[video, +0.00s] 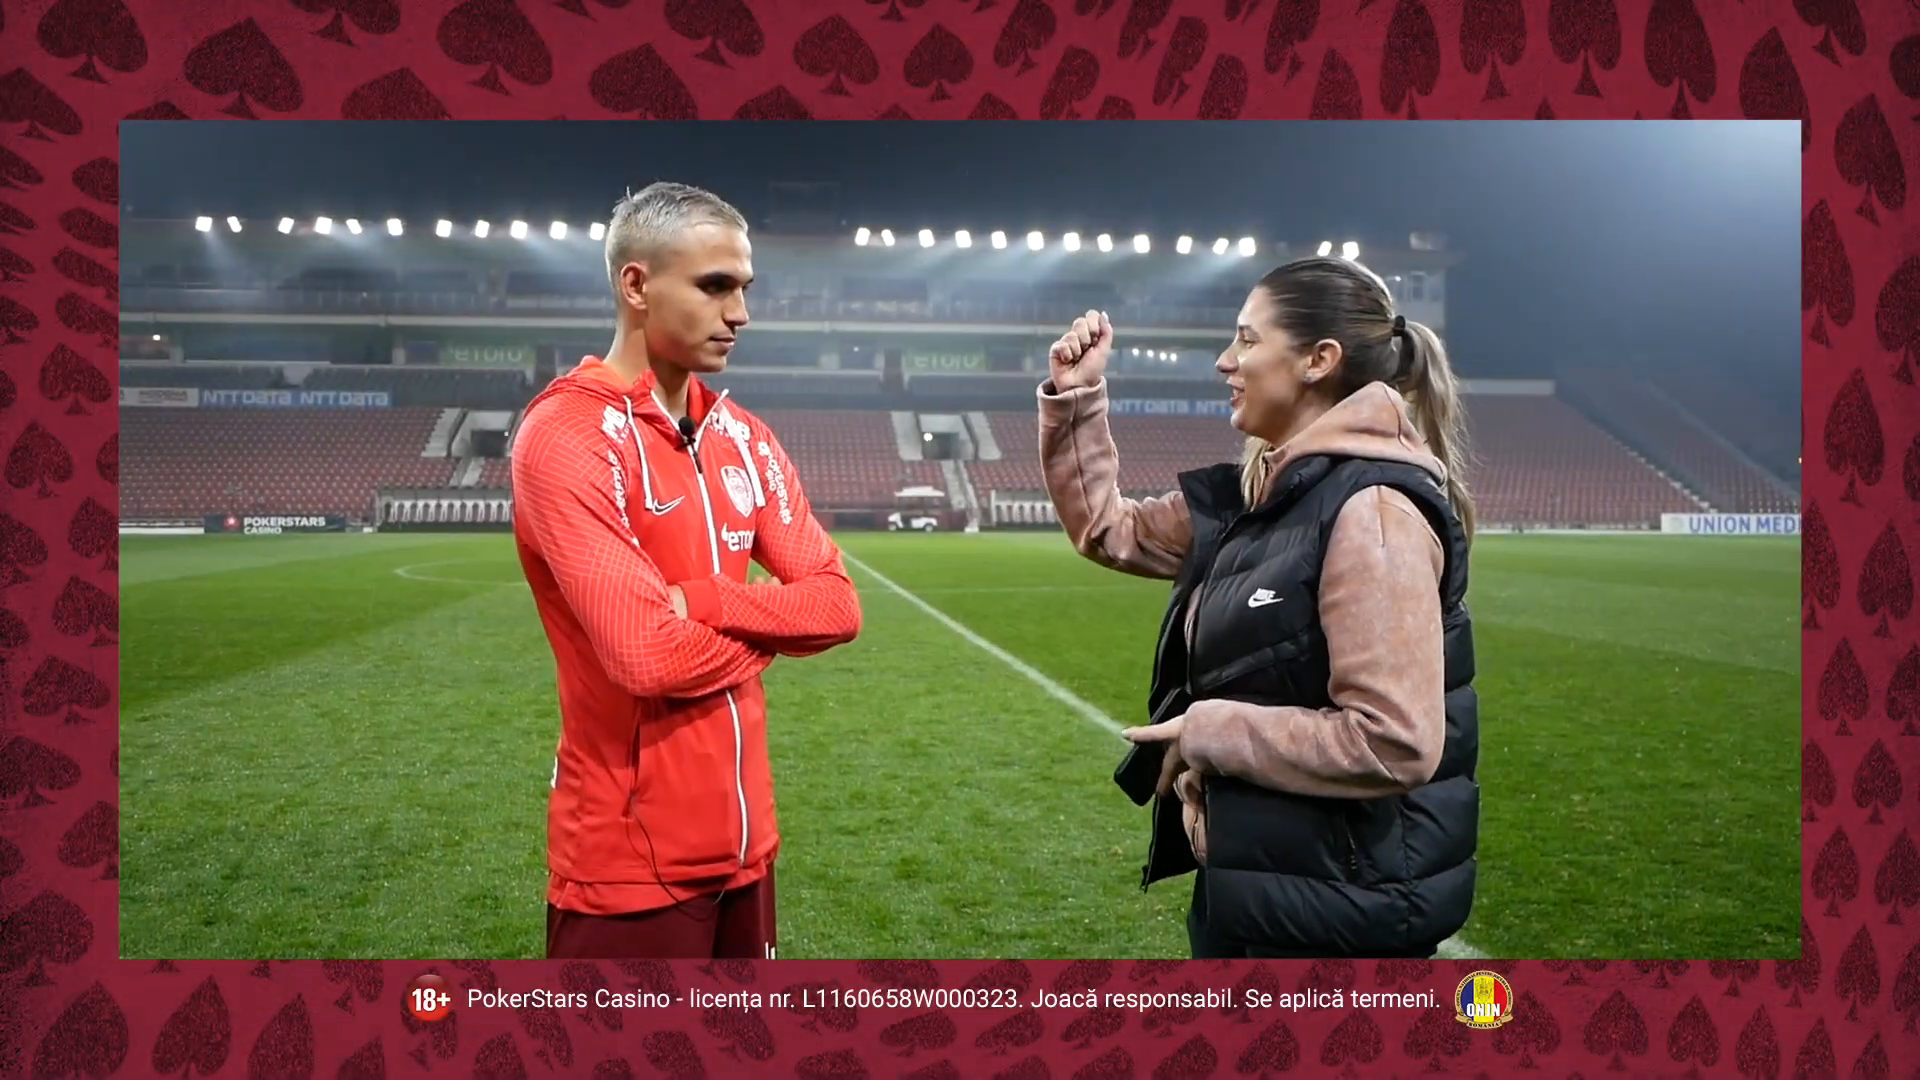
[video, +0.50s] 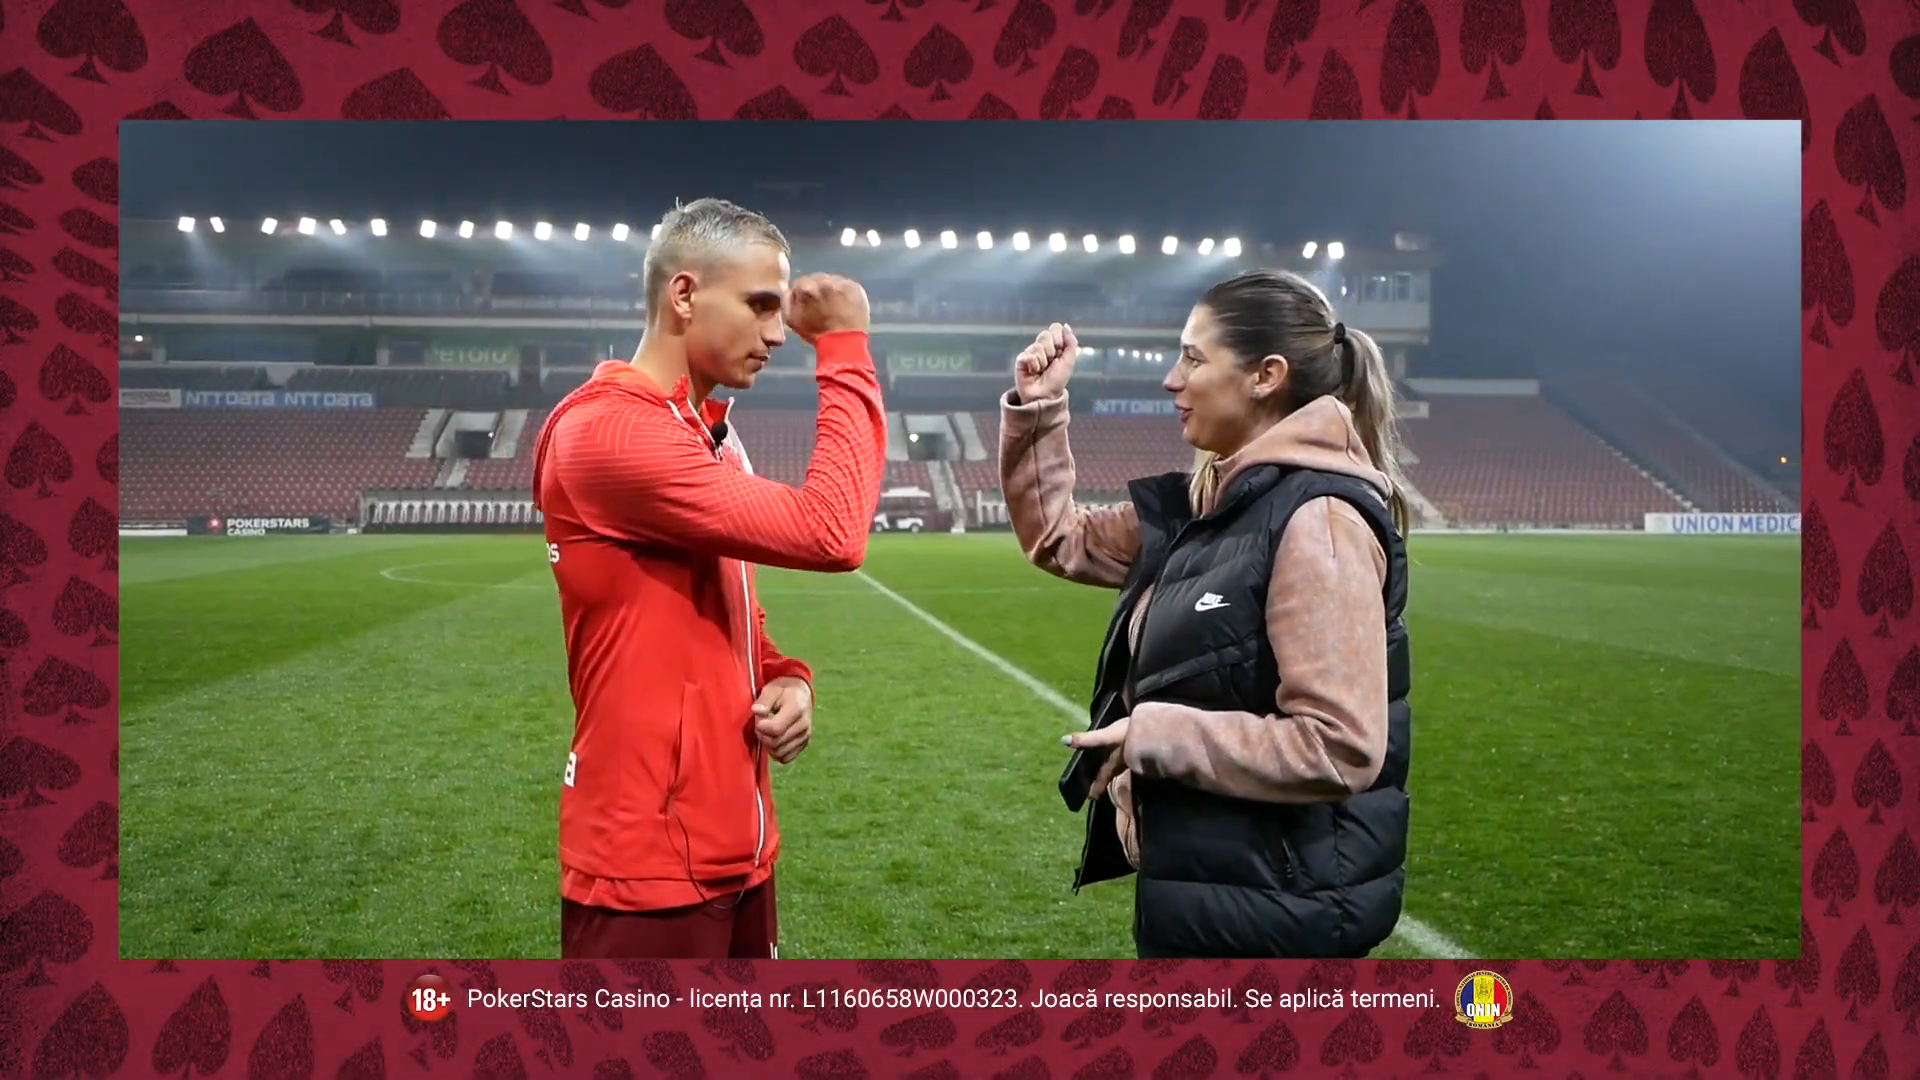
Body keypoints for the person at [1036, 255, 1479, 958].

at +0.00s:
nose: (1224, 361)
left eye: (1246, 340)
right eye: (1233, 341)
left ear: (1320, 360)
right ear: (1317, 362)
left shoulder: (1374, 512)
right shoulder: (1265, 492)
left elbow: (1395, 742)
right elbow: (1107, 530)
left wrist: (1211, 729)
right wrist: (1076, 399)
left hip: (1332, 918)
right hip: (1261, 904)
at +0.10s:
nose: (1209, 370)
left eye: (1229, 347)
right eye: (1217, 348)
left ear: (1303, 366)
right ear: (1300, 367)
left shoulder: (1360, 514)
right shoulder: (1253, 497)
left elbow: (1384, 741)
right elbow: (1097, 530)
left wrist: (1199, 733)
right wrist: (1073, 402)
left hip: (1316, 919)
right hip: (1243, 905)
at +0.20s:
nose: (1195, 377)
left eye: (1213, 354)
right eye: (1202, 353)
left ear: (1285, 370)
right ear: (1279, 371)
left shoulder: (1345, 516)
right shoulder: (1244, 497)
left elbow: (1369, 743)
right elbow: (1088, 531)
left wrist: (1185, 734)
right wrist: (1069, 404)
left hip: (1301, 918)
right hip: (1234, 903)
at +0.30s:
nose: (1185, 381)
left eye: (1203, 358)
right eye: (1192, 357)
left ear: (1276, 373)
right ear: (1270, 374)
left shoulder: (1332, 518)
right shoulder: (1234, 499)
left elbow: (1354, 745)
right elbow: (1079, 536)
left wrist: (1170, 734)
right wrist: (1062, 411)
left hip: (1289, 919)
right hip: (1224, 904)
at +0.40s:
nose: (1178, 382)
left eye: (1197, 359)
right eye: (1186, 358)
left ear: (1272, 375)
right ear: (1269, 377)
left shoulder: (1324, 521)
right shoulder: (1226, 501)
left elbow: (1343, 746)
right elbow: (1070, 540)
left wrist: (1159, 733)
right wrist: (1051, 414)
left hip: (1279, 922)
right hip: (1215, 908)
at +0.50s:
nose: (1172, 381)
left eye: (1192, 358)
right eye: (1180, 358)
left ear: (1267, 377)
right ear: (1264, 379)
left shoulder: (1320, 520)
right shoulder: (1212, 503)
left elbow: (1338, 746)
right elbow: (1057, 539)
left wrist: (1155, 732)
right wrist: (1037, 411)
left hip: (1271, 918)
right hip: (1201, 904)